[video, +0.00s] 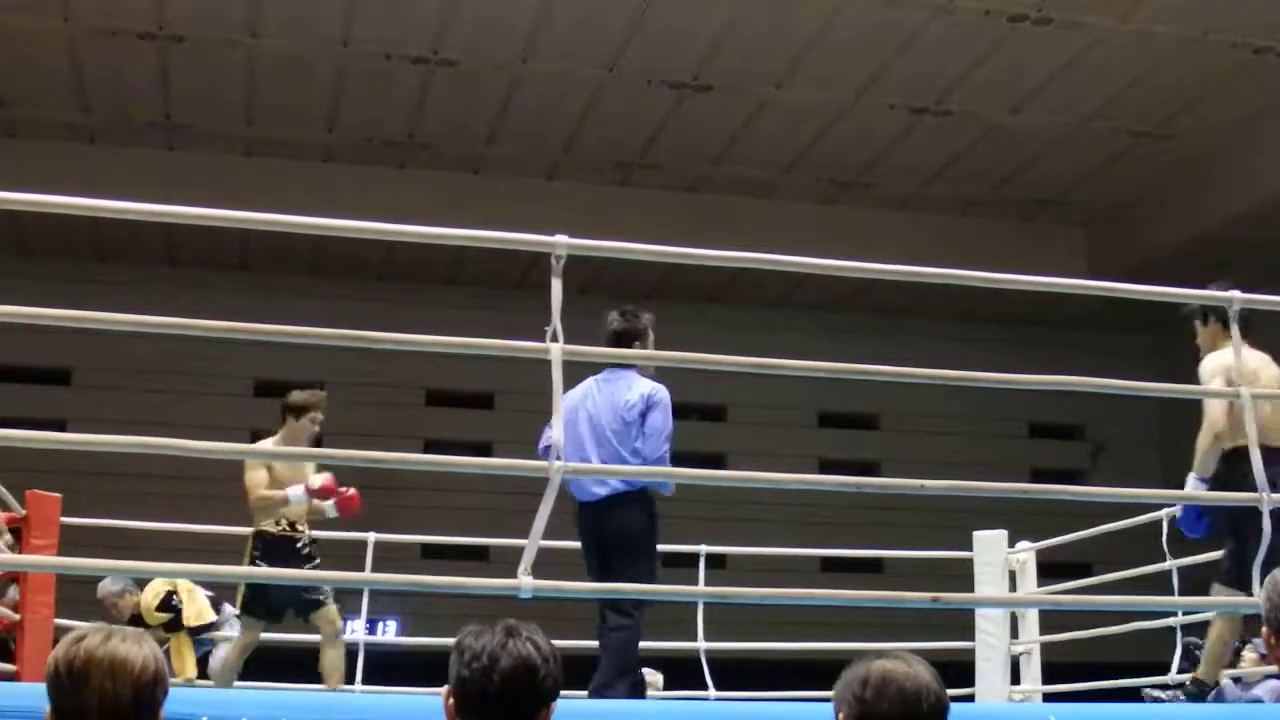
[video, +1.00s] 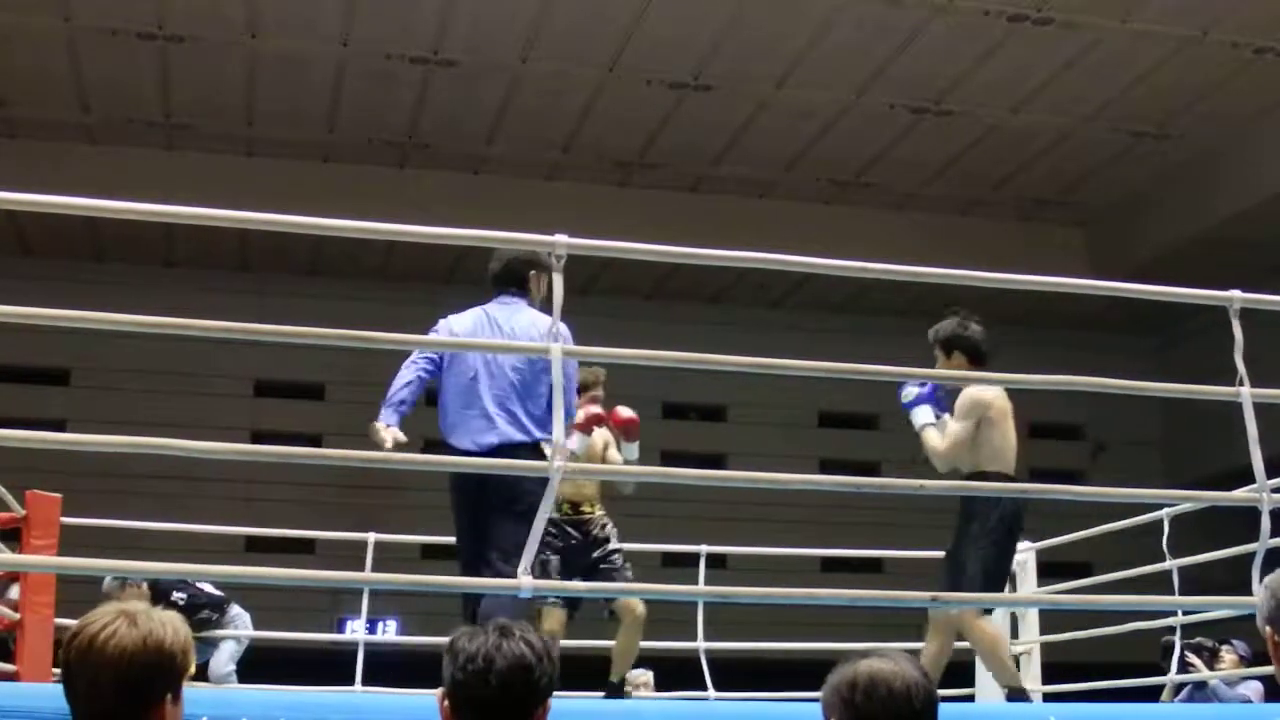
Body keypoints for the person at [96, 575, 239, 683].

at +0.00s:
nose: (112, 613)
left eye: (115, 606)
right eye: (108, 608)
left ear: (131, 594)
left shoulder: (157, 604)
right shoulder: (136, 620)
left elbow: (206, 621)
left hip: (225, 624)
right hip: (194, 630)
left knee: (217, 672)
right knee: (164, 664)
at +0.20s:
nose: (115, 609)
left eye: (116, 602)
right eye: (111, 605)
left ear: (133, 591)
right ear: (132, 593)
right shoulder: (138, 618)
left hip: (228, 621)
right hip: (198, 627)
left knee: (219, 670)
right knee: (173, 668)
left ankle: (236, 706)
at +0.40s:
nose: (119, 610)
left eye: (119, 603)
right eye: (115, 605)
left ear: (134, 590)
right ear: (134, 591)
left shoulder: (165, 599)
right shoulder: (142, 612)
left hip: (231, 622)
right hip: (200, 628)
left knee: (219, 670)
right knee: (173, 663)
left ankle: (235, 711)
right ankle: (176, 709)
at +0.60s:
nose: (119, 609)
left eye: (119, 603)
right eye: (115, 605)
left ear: (131, 591)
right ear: (130, 592)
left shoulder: (166, 594)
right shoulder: (144, 609)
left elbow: (202, 601)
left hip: (233, 621)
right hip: (203, 628)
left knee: (219, 670)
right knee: (174, 663)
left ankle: (235, 711)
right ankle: (179, 709)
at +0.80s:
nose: (124, 608)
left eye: (121, 602)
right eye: (119, 604)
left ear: (130, 588)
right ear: (127, 591)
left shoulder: (172, 594)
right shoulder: (148, 600)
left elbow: (221, 601)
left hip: (233, 617)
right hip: (205, 618)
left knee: (220, 666)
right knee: (181, 663)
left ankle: (237, 710)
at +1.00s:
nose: (123, 606)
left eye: (122, 599)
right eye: (118, 602)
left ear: (134, 588)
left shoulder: (173, 595)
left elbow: (222, 602)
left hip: (233, 620)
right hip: (204, 625)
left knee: (219, 671)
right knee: (173, 662)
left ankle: (236, 712)